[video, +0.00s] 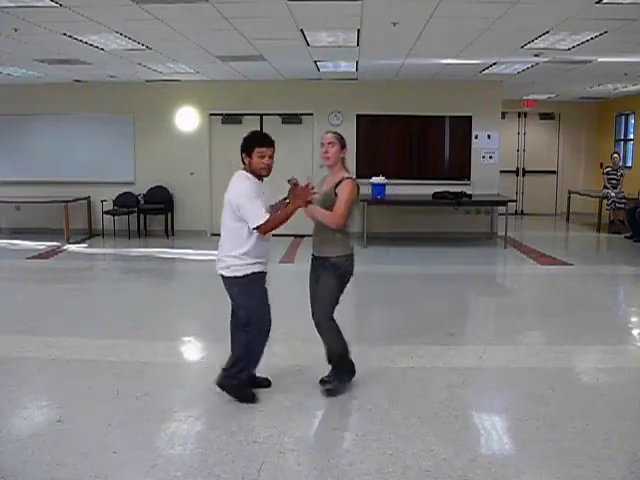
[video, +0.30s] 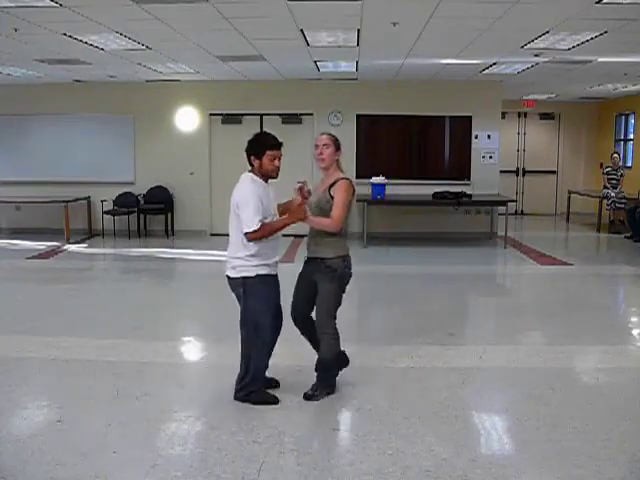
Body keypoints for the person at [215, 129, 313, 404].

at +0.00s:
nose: (268, 162)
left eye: (271, 157)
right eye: (262, 157)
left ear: (273, 157)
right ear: (246, 157)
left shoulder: (253, 183)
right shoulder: (244, 187)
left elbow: (264, 214)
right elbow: (263, 226)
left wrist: (289, 200)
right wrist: (295, 206)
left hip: (248, 267)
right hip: (242, 269)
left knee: (244, 321)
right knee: (259, 323)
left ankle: (244, 373)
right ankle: (233, 377)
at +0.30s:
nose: (278, 164)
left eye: (279, 158)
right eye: (272, 159)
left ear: (276, 158)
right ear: (255, 160)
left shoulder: (262, 185)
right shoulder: (248, 188)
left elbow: (269, 214)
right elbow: (253, 232)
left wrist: (294, 203)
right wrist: (288, 219)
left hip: (263, 269)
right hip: (249, 271)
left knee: (273, 322)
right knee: (258, 327)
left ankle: (256, 375)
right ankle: (248, 387)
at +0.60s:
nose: (275, 161)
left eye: (275, 156)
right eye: (270, 156)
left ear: (256, 159)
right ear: (254, 159)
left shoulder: (251, 182)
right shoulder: (245, 186)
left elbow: (261, 208)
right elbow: (259, 225)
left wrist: (283, 193)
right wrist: (296, 210)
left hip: (250, 266)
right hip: (241, 269)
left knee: (253, 324)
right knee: (249, 325)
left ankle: (251, 373)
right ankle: (238, 379)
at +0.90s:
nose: (267, 164)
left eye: (267, 159)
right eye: (263, 159)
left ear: (248, 160)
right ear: (246, 161)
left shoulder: (243, 183)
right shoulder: (238, 186)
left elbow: (259, 219)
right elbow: (262, 222)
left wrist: (292, 216)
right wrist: (302, 212)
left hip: (242, 266)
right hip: (231, 268)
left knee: (250, 319)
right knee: (235, 322)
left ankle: (250, 370)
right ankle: (227, 378)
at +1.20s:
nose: (271, 165)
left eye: (271, 160)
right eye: (267, 160)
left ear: (254, 162)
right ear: (251, 162)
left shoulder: (254, 185)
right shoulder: (242, 187)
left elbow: (279, 213)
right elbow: (255, 226)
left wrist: (313, 215)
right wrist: (295, 228)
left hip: (244, 262)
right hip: (236, 263)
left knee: (243, 314)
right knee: (239, 320)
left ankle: (239, 351)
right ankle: (227, 378)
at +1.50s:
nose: (304, 166)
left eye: (304, 161)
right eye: (300, 161)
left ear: (285, 165)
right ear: (285, 164)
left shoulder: (276, 183)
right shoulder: (279, 188)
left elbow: (287, 215)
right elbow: (274, 224)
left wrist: (314, 212)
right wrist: (303, 235)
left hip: (267, 259)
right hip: (275, 261)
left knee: (259, 303)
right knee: (299, 306)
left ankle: (236, 347)